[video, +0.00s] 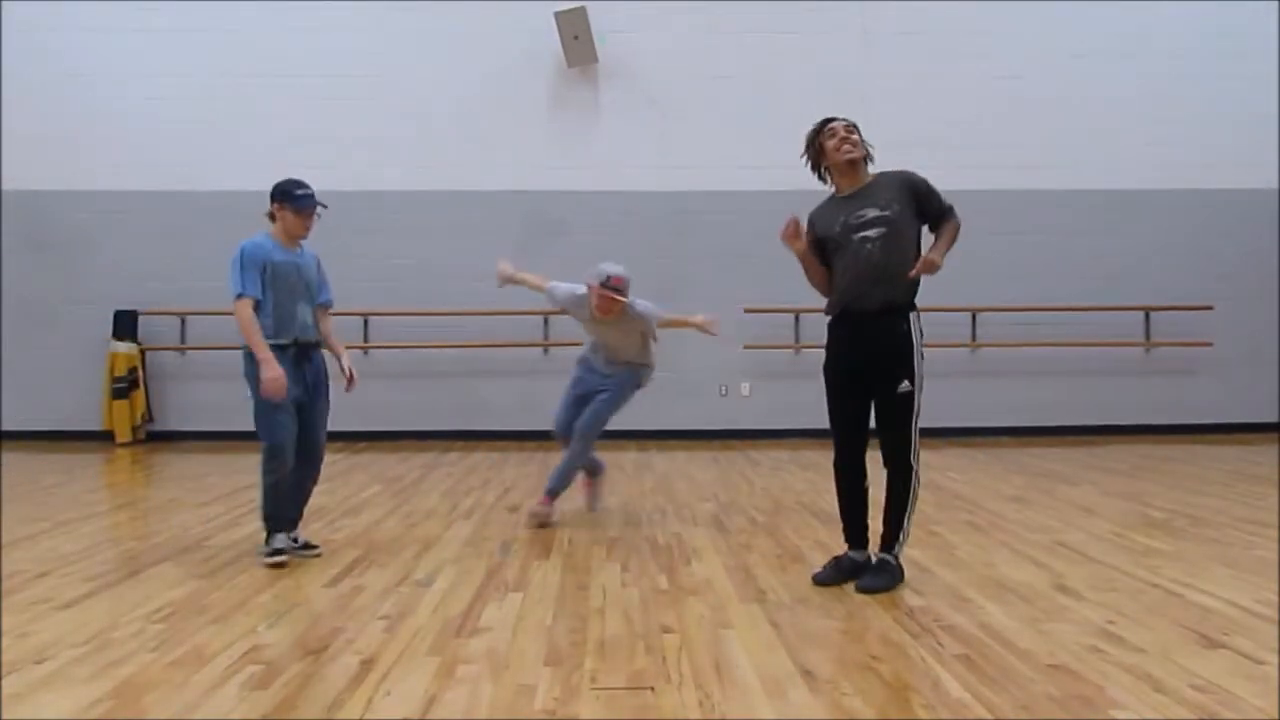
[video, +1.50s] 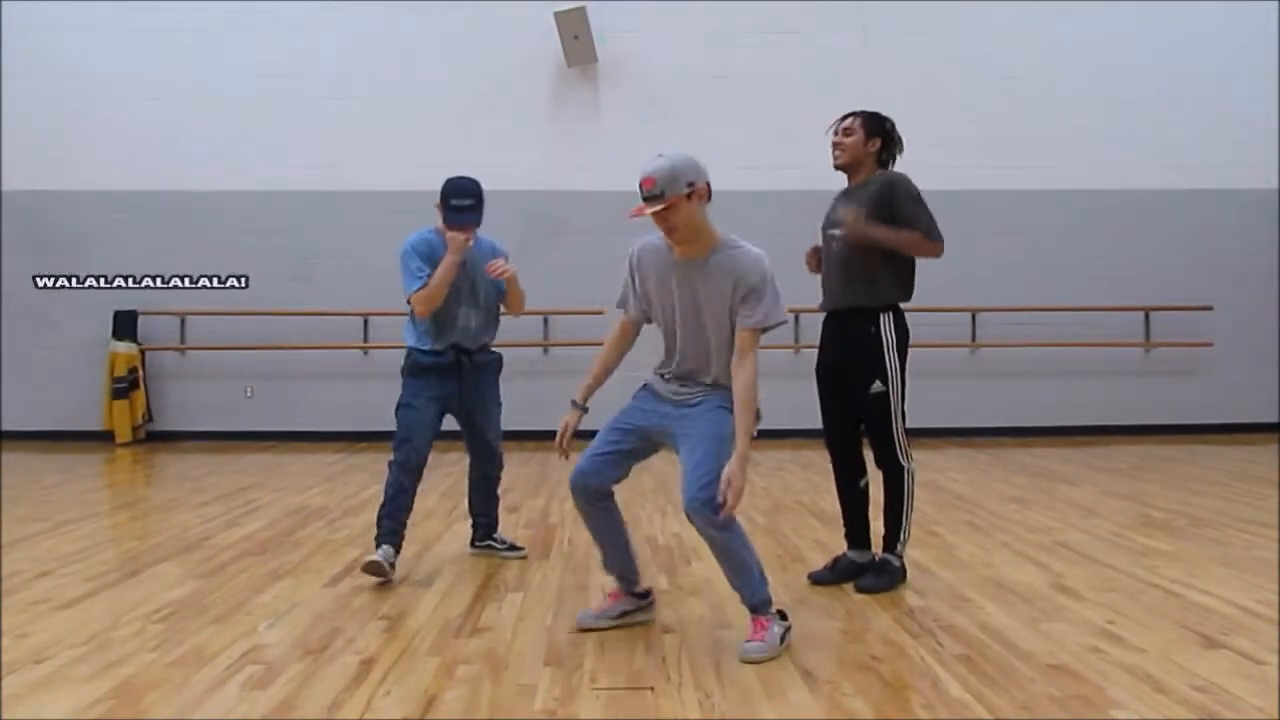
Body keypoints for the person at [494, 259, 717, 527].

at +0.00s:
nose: (606, 305)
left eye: (614, 301)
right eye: (602, 297)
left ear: (624, 300)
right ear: (592, 290)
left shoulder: (637, 313)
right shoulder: (577, 299)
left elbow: (664, 321)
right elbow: (543, 285)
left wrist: (695, 322)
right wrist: (514, 276)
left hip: (627, 372)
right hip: (594, 363)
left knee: (584, 429)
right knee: (563, 428)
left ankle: (549, 498)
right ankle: (593, 468)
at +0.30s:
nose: (578, 279)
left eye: (581, 271)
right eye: (569, 275)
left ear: (588, 271)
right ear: (551, 281)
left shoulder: (608, 287)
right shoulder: (540, 309)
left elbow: (629, 285)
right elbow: (492, 337)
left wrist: (644, 276)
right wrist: (449, 363)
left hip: (599, 374)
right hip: (558, 365)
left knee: (564, 451)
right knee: (538, 434)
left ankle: (540, 499)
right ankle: (520, 520)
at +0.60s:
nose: (595, 259)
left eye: (596, 249)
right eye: (583, 257)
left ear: (604, 247)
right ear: (569, 270)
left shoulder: (631, 263)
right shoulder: (563, 309)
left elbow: (629, 305)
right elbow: (519, 366)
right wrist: (478, 422)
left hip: (624, 372)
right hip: (575, 375)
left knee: (626, 446)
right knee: (568, 450)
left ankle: (609, 544)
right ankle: (531, 514)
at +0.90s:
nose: (601, 241)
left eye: (605, 230)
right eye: (589, 236)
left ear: (621, 220)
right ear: (578, 242)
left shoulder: (659, 244)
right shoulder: (576, 294)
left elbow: (673, 292)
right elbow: (564, 362)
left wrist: (694, 348)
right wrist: (564, 430)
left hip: (675, 368)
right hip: (621, 376)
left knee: (682, 468)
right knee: (633, 458)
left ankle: (647, 522)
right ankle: (649, 570)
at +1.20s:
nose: (634, 219)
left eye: (642, 208)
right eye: (624, 210)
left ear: (664, 199)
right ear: (613, 211)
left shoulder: (708, 244)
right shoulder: (604, 267)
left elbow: (739, 315)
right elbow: (602, 344)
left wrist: (746, 387)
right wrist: (594, 420)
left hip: (704, 377)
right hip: (643, 384)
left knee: (700, 474)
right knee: (626, 490)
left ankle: (753, 597)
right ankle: (652, 580)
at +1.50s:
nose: (659, 219)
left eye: (667, 207)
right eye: (652, 210)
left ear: (700, 196)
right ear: (647, 209)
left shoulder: (746, 266)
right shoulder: (647, 257)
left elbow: (744, 360)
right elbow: (624, 333)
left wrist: (741, 454)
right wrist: (579, 403)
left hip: (714, 402)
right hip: (659, 393)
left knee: (702, 503)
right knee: (586, 481)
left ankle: (765, 615)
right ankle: (632, 592)